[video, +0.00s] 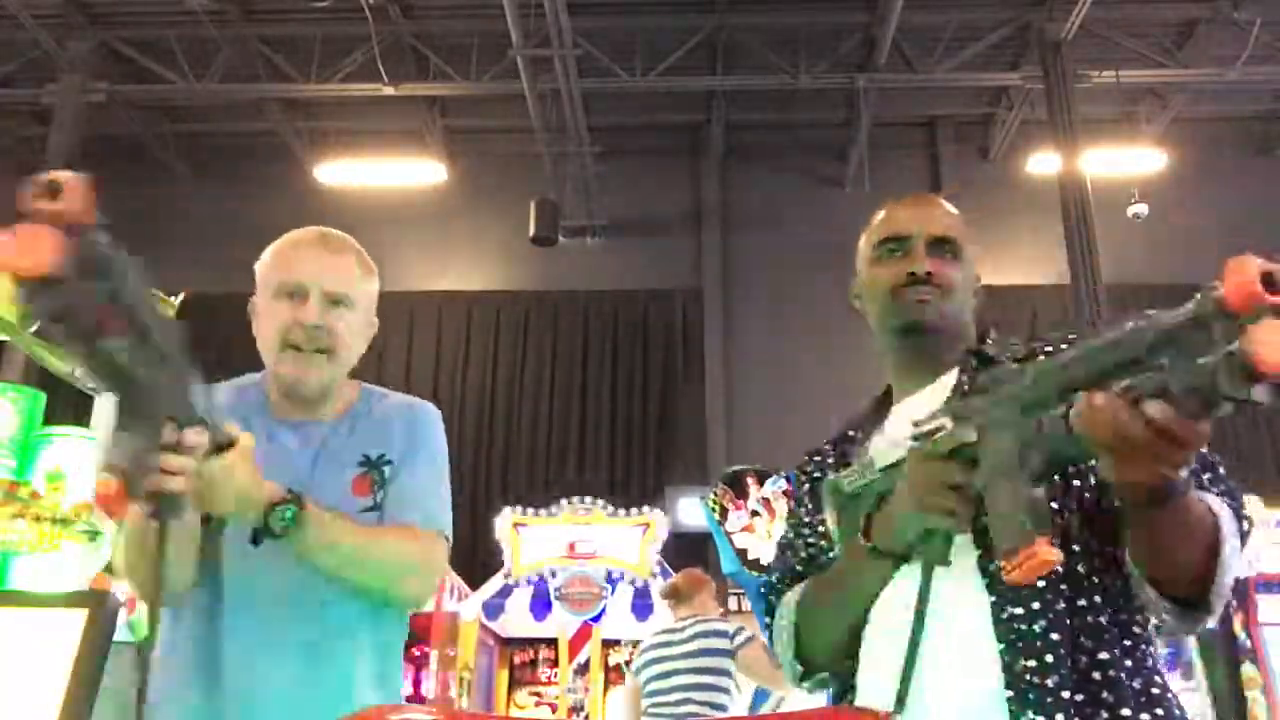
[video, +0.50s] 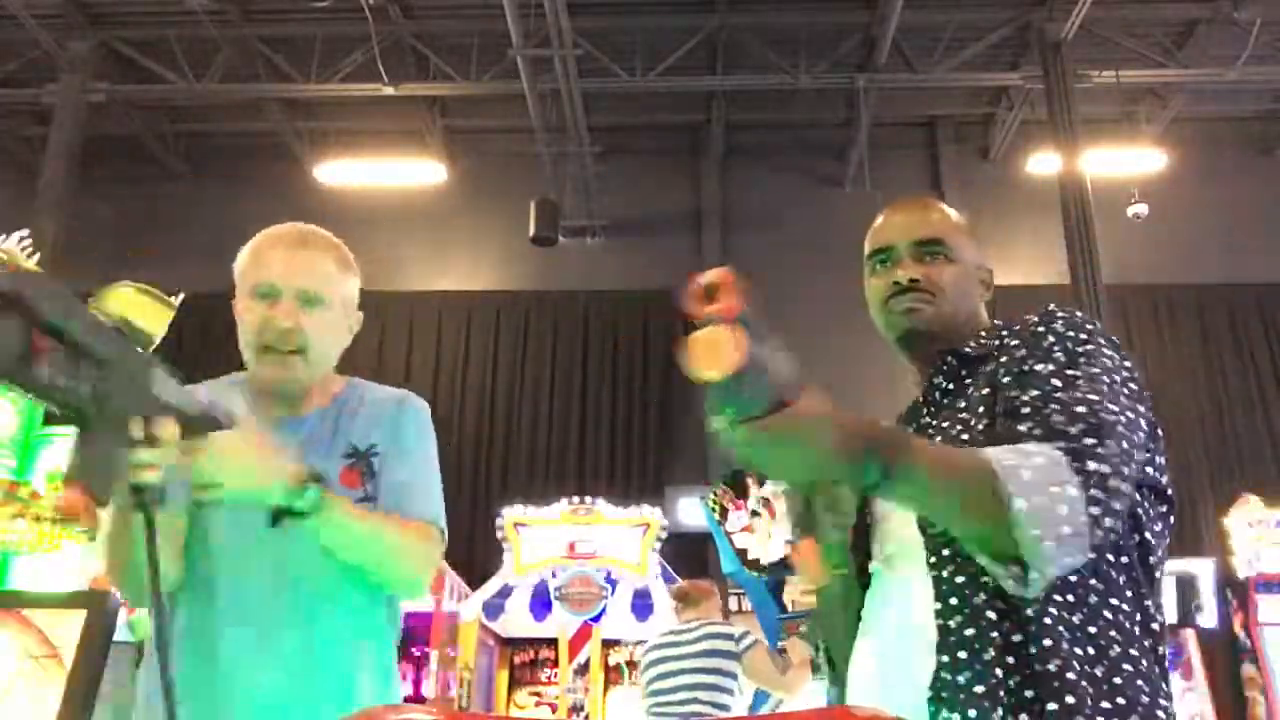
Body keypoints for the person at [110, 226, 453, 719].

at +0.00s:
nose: (312, 318)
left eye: (338, 303)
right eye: (292, 296)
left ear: (369, 331)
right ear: (254, 312)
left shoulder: (410, 427)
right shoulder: (194, 415)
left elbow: (417, 576)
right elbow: (156, 585)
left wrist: (265, 504)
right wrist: (167, 499)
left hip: (348, 709)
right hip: (196, 708)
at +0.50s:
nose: (284, 320)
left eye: (310, 302)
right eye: (265, 296)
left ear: (351, 323)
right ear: (236, 310)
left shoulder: (397, 418)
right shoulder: (182, 417)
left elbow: (415, 566)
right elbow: (139, 584)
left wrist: (296, 490)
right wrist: (137, 488)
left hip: (343, 707)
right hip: (193, 707)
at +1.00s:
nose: (304, 347)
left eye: (329, 325)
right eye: (284, 325)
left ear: (373, 337)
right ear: (260, 334)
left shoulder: (430, 447)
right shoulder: (216, 425)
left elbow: (477, 593)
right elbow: (152, 558)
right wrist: (183, 463)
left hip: (365, 710)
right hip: (216, 707)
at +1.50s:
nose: (210, 266)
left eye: (239, 241)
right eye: (188, 241)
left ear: (291, 262)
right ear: (162, 255)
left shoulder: (357, 393)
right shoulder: (111, 368)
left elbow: (393, 570)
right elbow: (28, 525)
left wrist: (329, 648)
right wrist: (66, 413)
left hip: (275, 711)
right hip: (102, 706)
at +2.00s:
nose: (337, 303)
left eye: (361, 285)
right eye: (316, 281)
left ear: (400, 310)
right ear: (286, 300)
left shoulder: (446, 417)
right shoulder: (230, 399)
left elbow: (470, 572)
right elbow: (187, 558)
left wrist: (351, 479)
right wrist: (187, 509)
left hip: (389, 704)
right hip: (241, 702)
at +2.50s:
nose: (316, 317)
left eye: (342, 299)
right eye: (297, 296)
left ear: (377, 325)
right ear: (264, 316)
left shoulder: (419, 426)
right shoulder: (208, 414)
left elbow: (431, 570)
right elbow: (171, 587)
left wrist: (284, 494)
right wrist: (171, 480)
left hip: (359, 707)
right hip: (212, 706)